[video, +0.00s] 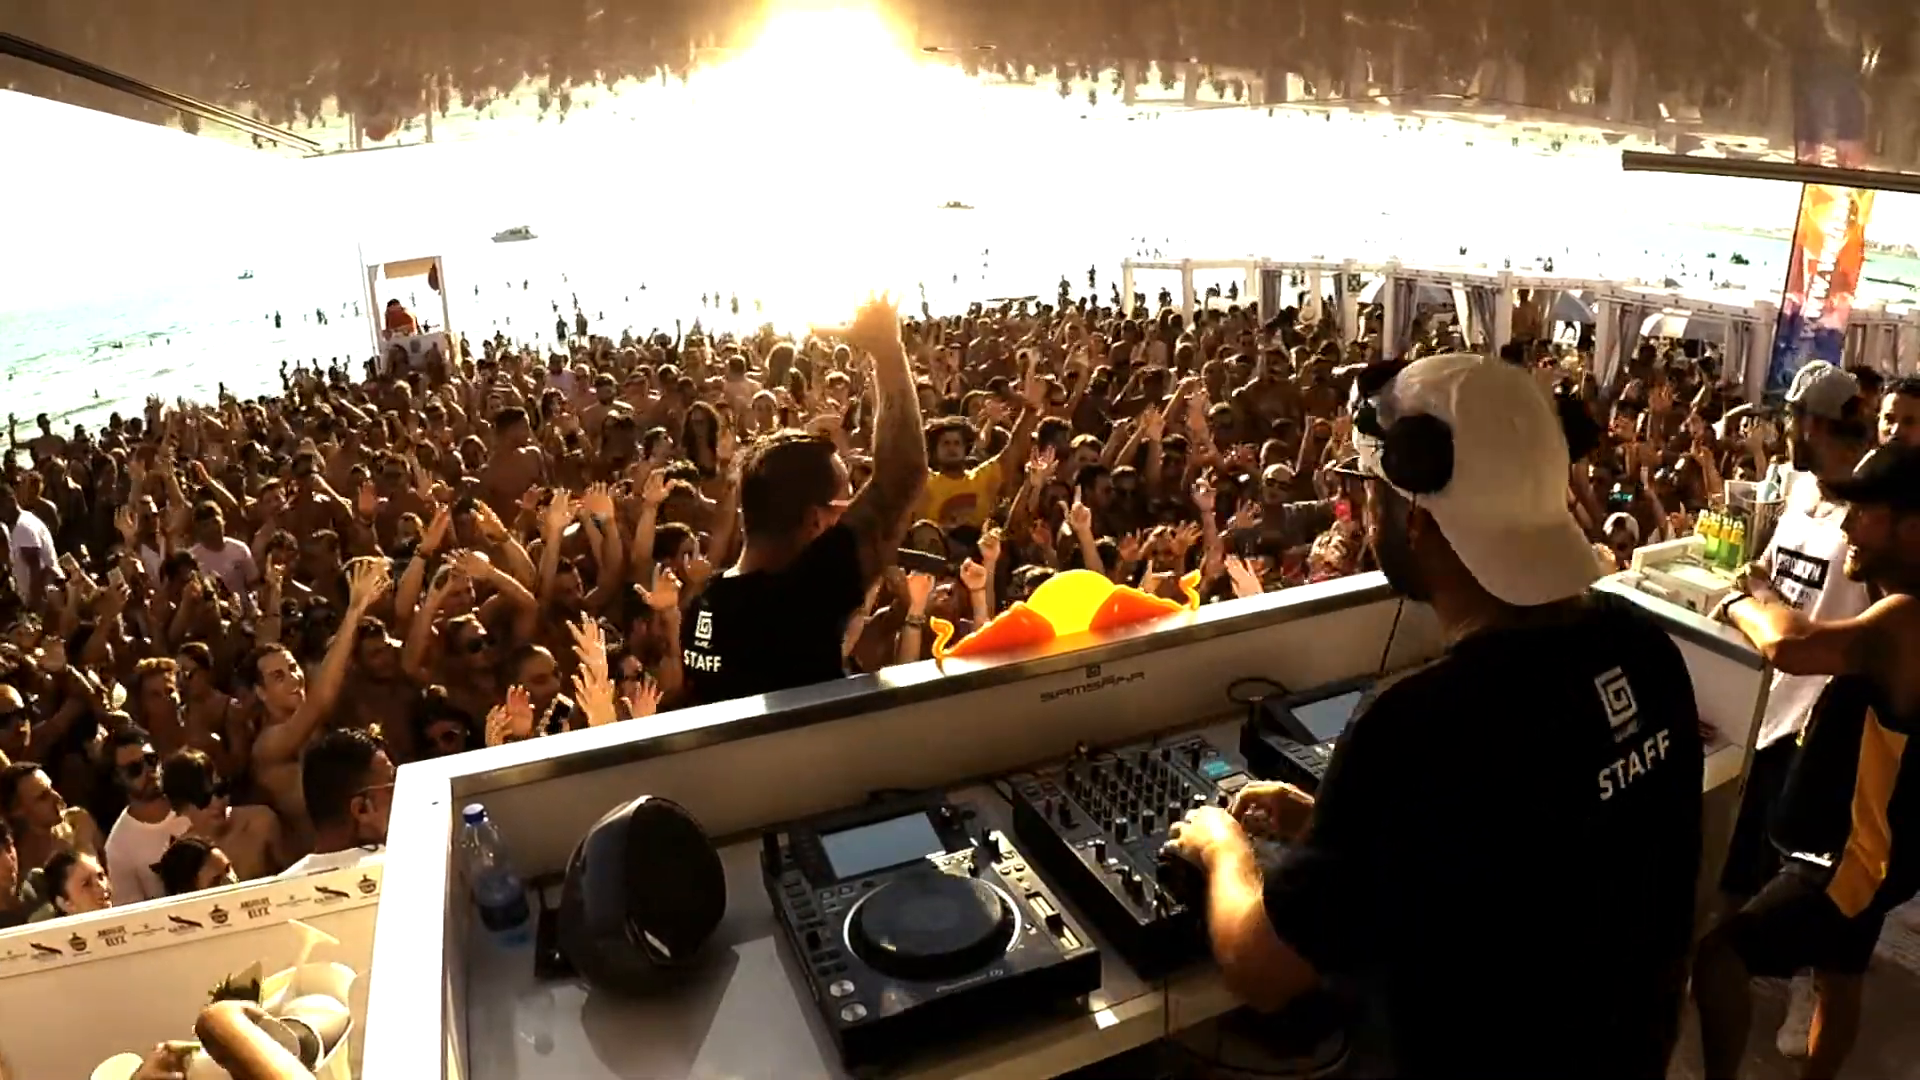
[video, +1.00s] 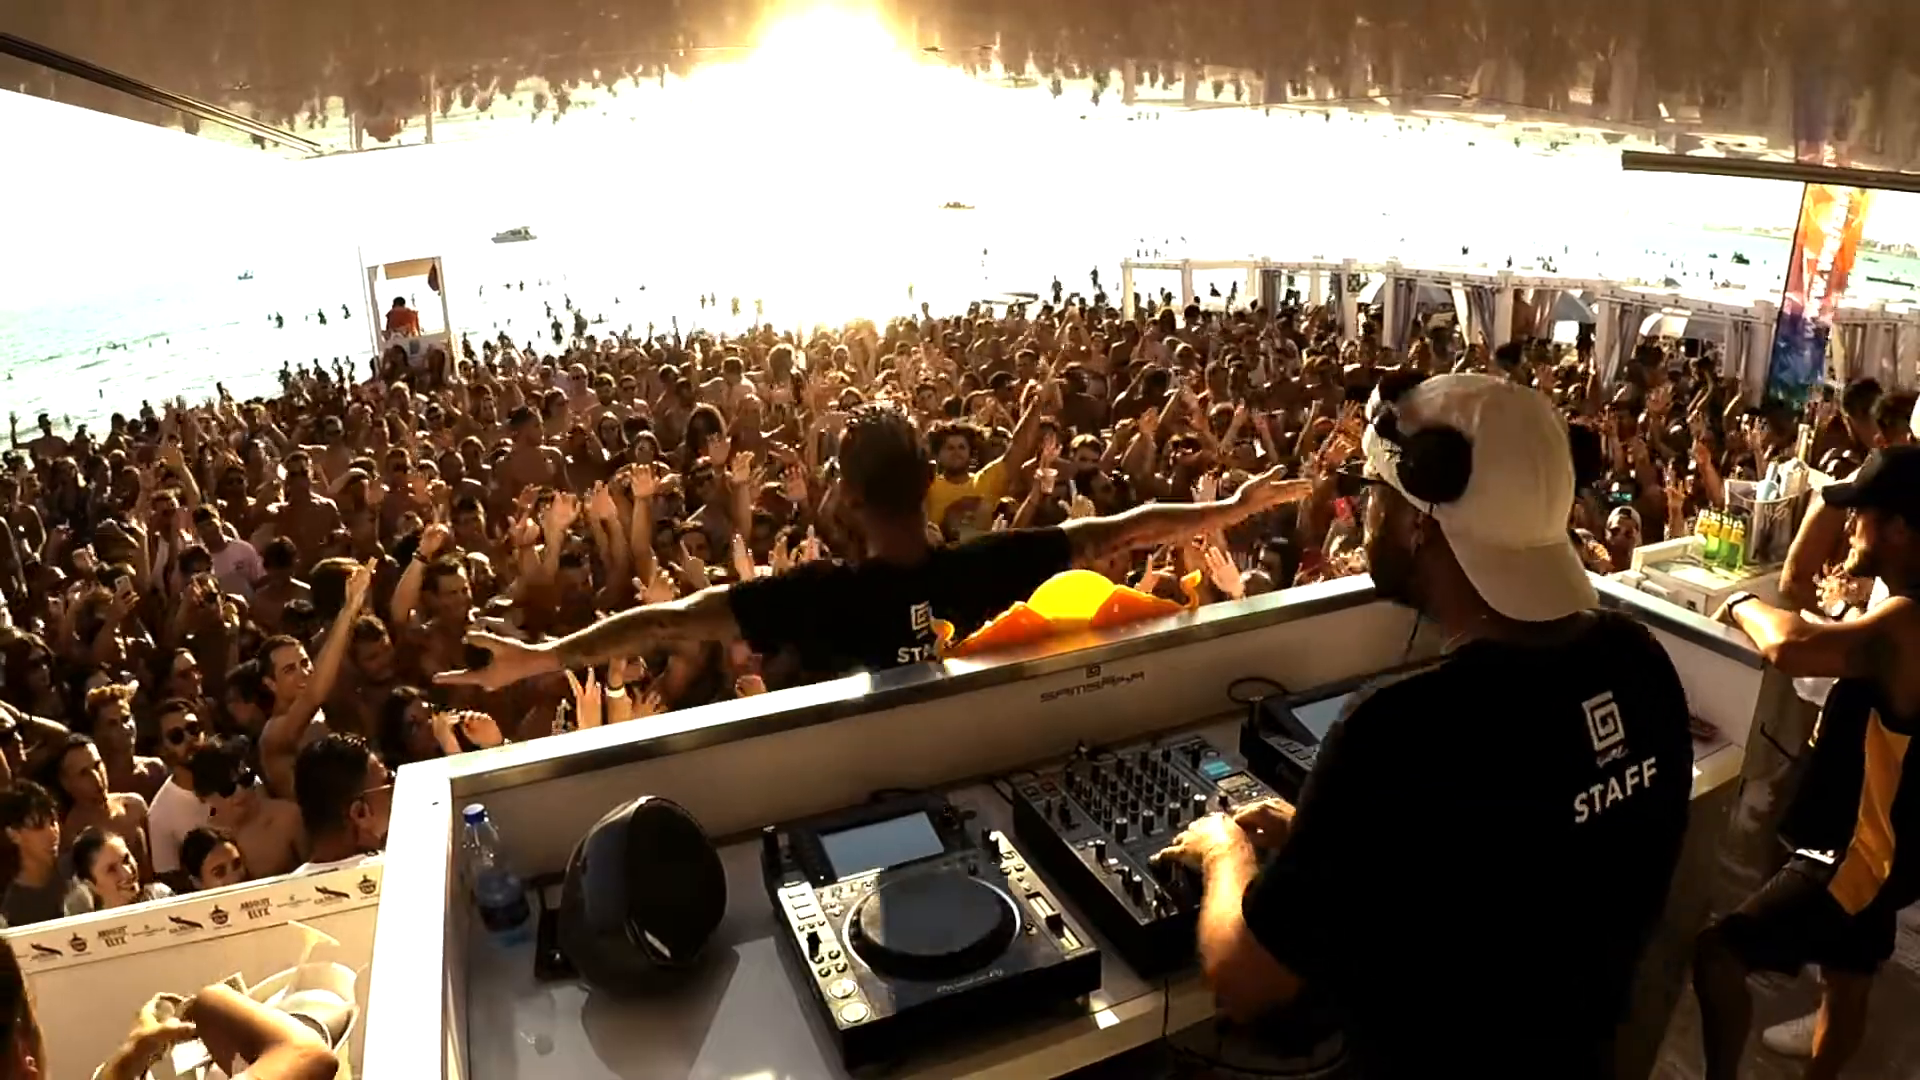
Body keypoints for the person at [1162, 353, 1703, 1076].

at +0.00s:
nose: (1361, 513)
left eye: (1368, 490)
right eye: (1363, 489)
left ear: (1417, 521)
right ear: (1531, 494)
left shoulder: (1417, 723)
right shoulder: (1641, 645)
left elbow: (1261, 968)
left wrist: (1223, 847)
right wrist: (1331, 822)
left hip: (1455, 1069)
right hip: (1628, 1052)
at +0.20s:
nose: (1393, 479)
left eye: (1405, 453)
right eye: (1401, 452)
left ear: (1446, 482)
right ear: (1555, 477)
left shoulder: (1440, 715)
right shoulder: (1645, 633)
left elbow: (1284, 964)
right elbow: (1534, 850)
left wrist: (1226, 850)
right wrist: (1328, 829)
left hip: (1449, 1057)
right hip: (1618, 1045)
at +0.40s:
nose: (1344, 552)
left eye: (1352, 529)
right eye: (1350, 528)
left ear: (1384, 554)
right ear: (1516, 531)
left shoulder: (1396, 788)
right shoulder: (1617, 673)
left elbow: (1251, 1004)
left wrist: (1228, 859)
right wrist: (1315, 843)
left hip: (1421, 1074)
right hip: (1595, 1057)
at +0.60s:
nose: (1346, 509)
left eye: (1354, 484)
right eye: (1350, 482)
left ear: (1387, 518)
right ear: (1524, 497)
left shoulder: (1367, 739)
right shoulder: (1625, 657)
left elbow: (1244, 995)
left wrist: (1224, 858)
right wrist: (1307, 820)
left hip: (1409, 1073)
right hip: (1595, 1053)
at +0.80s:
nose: (1386, 564)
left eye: (1393, 541)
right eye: (1389, 540)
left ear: (1436, 561)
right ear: (1541, 547)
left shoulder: (1424, 771)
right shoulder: (1663, 683)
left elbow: (1259, 1001)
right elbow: (1541, 887)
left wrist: (1225, 860)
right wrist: (1332, 844)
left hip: (1428, 1078)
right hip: (1607, 1059)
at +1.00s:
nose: (1365, 515)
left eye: (1376, 493)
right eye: (1368, 491)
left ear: (1422, 523)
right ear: (1524, 514)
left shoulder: (1398, 727)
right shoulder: (1635, 660)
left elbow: (1240, 983)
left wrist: (1226, 854)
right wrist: (1313, 834)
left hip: (1409, 1069)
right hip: (1581, 1050)